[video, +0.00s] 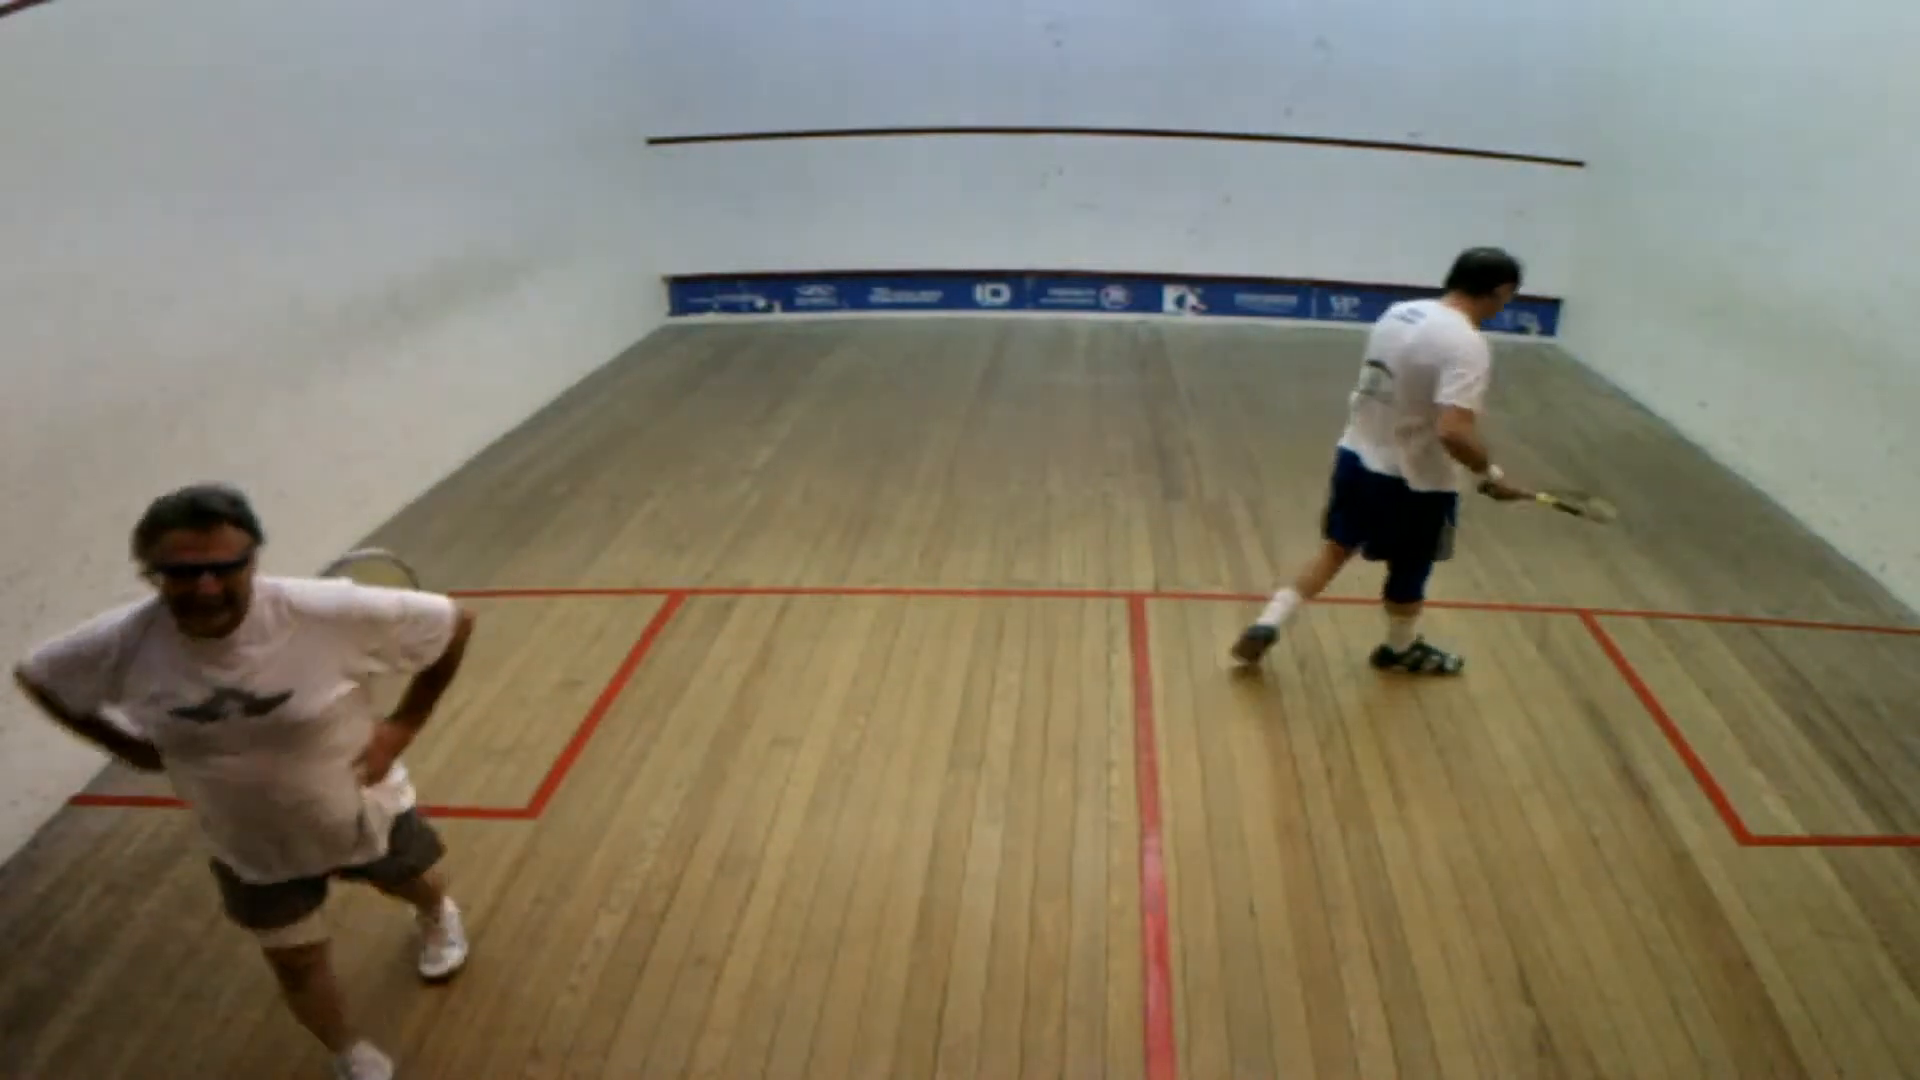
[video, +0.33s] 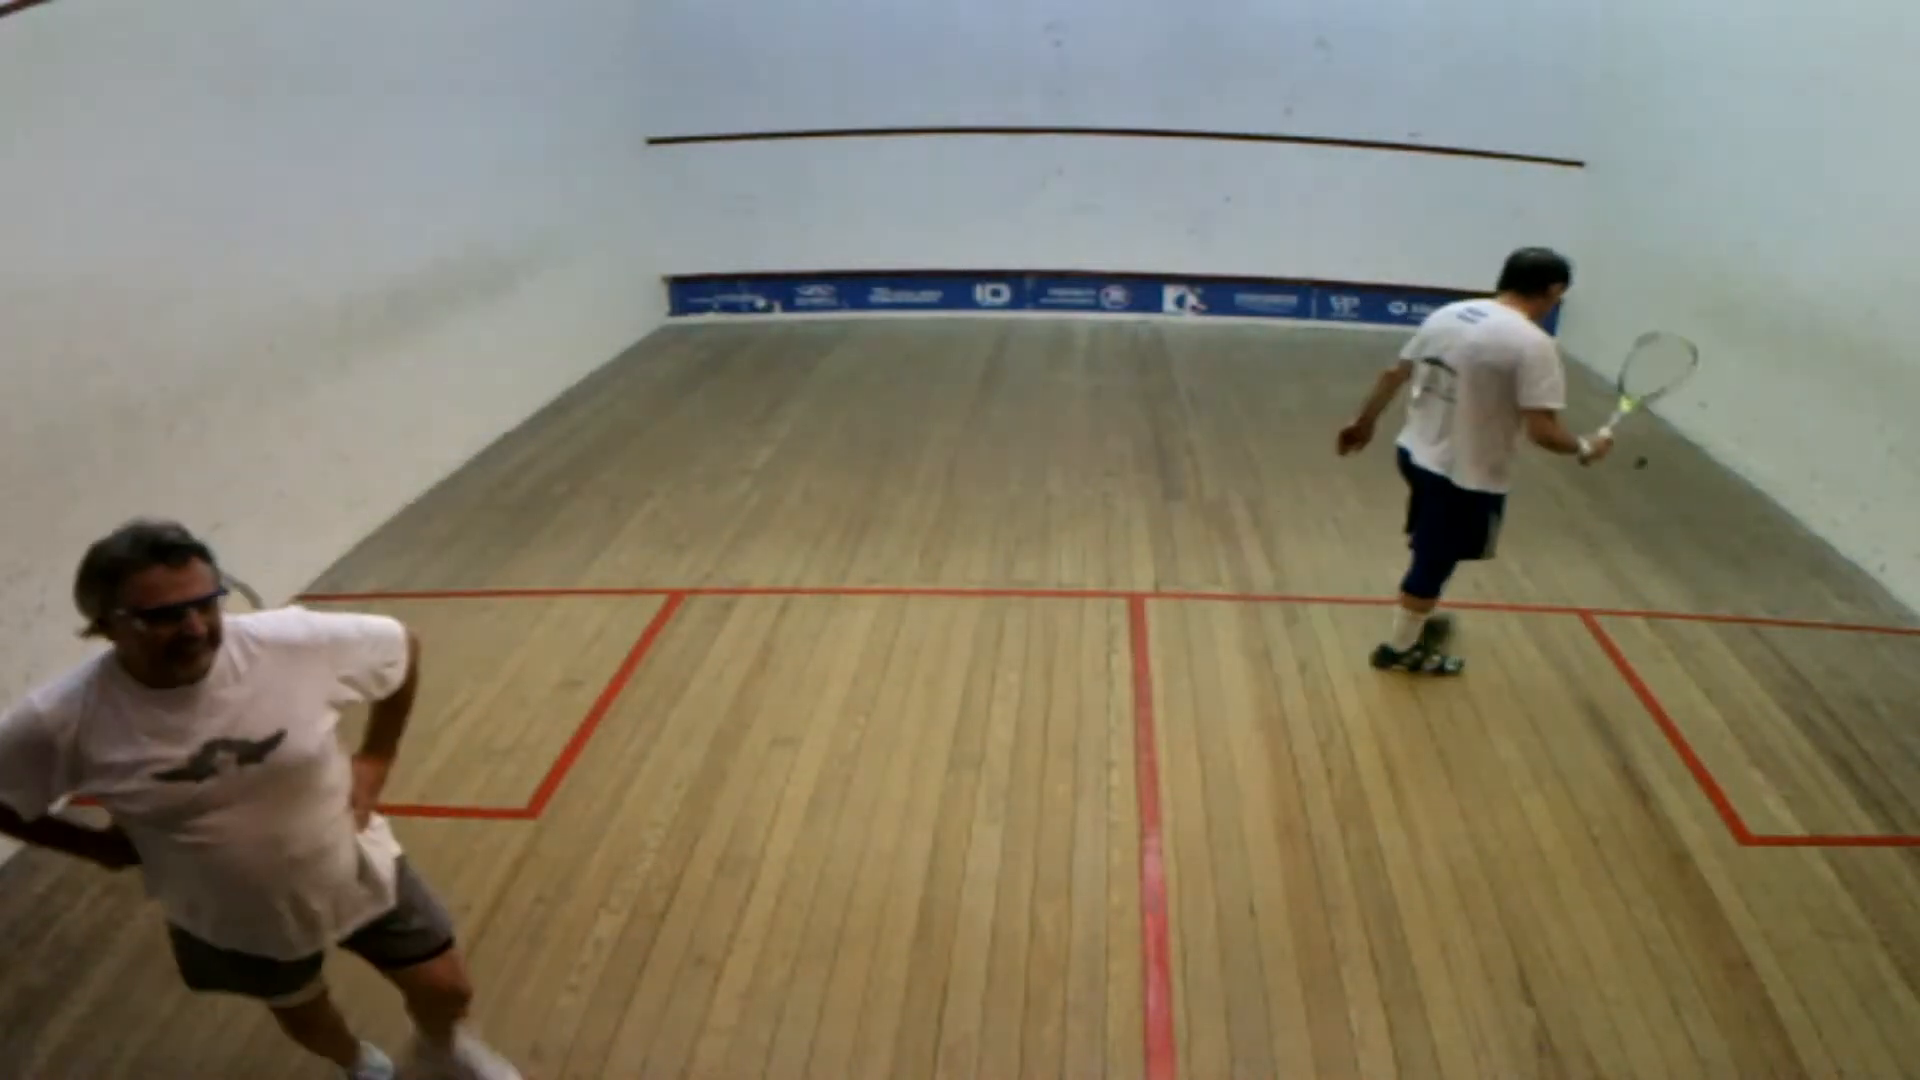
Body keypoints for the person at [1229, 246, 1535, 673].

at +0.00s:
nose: (1504, 307)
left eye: (1508, 298)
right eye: (1506, 297)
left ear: (1458, 280)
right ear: (1492, 292)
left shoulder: (1397, 314)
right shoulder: (1466, 345)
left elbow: (1380, 392)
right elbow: (1453, 431)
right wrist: (1488, 473)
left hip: (1357, 461)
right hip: (1416, 482)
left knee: (1335, 546)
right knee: (1410, 567)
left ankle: (1268, 623)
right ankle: (1401, 645)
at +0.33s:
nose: (1558, 303)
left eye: (1560, 294)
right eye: (1559, 294)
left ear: (1508, 281)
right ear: (1546, 291)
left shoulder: (1450, 315)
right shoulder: (1533, 345)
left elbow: (1395, 373)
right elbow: (1542, 429)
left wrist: (1364, 422)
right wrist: (1584, 447)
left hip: (1416, 454)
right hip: (1466, 478)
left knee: (1427, 542)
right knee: (1431, 564)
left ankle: (1419, 617)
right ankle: (1401, 646)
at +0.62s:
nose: (1581, 300)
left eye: (1583, 294)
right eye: (1582, 293)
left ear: (1530, 282)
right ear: (1573, 291)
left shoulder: (1482, 320)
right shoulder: (1570, 339)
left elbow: (1434, 384)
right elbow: (1594, 424)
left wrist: (1436, 440)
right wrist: (1621, 441)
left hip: (1473, 458)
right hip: (1527, 472)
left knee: (1496, 542)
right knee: (1500, 560)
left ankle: (1501, 610)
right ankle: (1416, 633)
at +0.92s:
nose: (1605, 297)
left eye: (1606, 291)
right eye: (1607, 290)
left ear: (1560, 280)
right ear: (1601, 287)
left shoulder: (1513, 313)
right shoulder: (1606, 332)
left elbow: (1473, 378)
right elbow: (1620, 418)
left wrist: (1497, 422)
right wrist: (1633, 452)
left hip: (1502, 449)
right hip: (1566, 459)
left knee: (1507, 530)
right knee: (1580, 543)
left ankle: (1500, 614)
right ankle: (1540, 634)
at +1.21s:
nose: (1632, 296)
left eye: (1632, 291)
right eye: (1634, 290)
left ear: (1586, 279)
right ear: (1629, 288)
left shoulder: (1540, 311)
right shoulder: (1631, 333)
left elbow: (1492, 374)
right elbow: (1654, 415)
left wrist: (1477, 428)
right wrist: (1664, 445)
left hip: (1517, 445)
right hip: (1579, 458)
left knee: (1514, 527)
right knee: (1588, 542)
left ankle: (1501, 613)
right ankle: (1543, 632)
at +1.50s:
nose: (1641, 297)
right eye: (1643, 291)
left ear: (1594, 280)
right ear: (1638, 288)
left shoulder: (1546, 310)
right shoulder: (1642, 333)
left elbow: (1496, 373)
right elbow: (1655, 418)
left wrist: (1489, 428)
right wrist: (1660, 445)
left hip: (1523, 443)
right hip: (1586, 457)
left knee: (1516, 526)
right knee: (1588, 541)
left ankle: (1501, 612)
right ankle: (1544, 631)